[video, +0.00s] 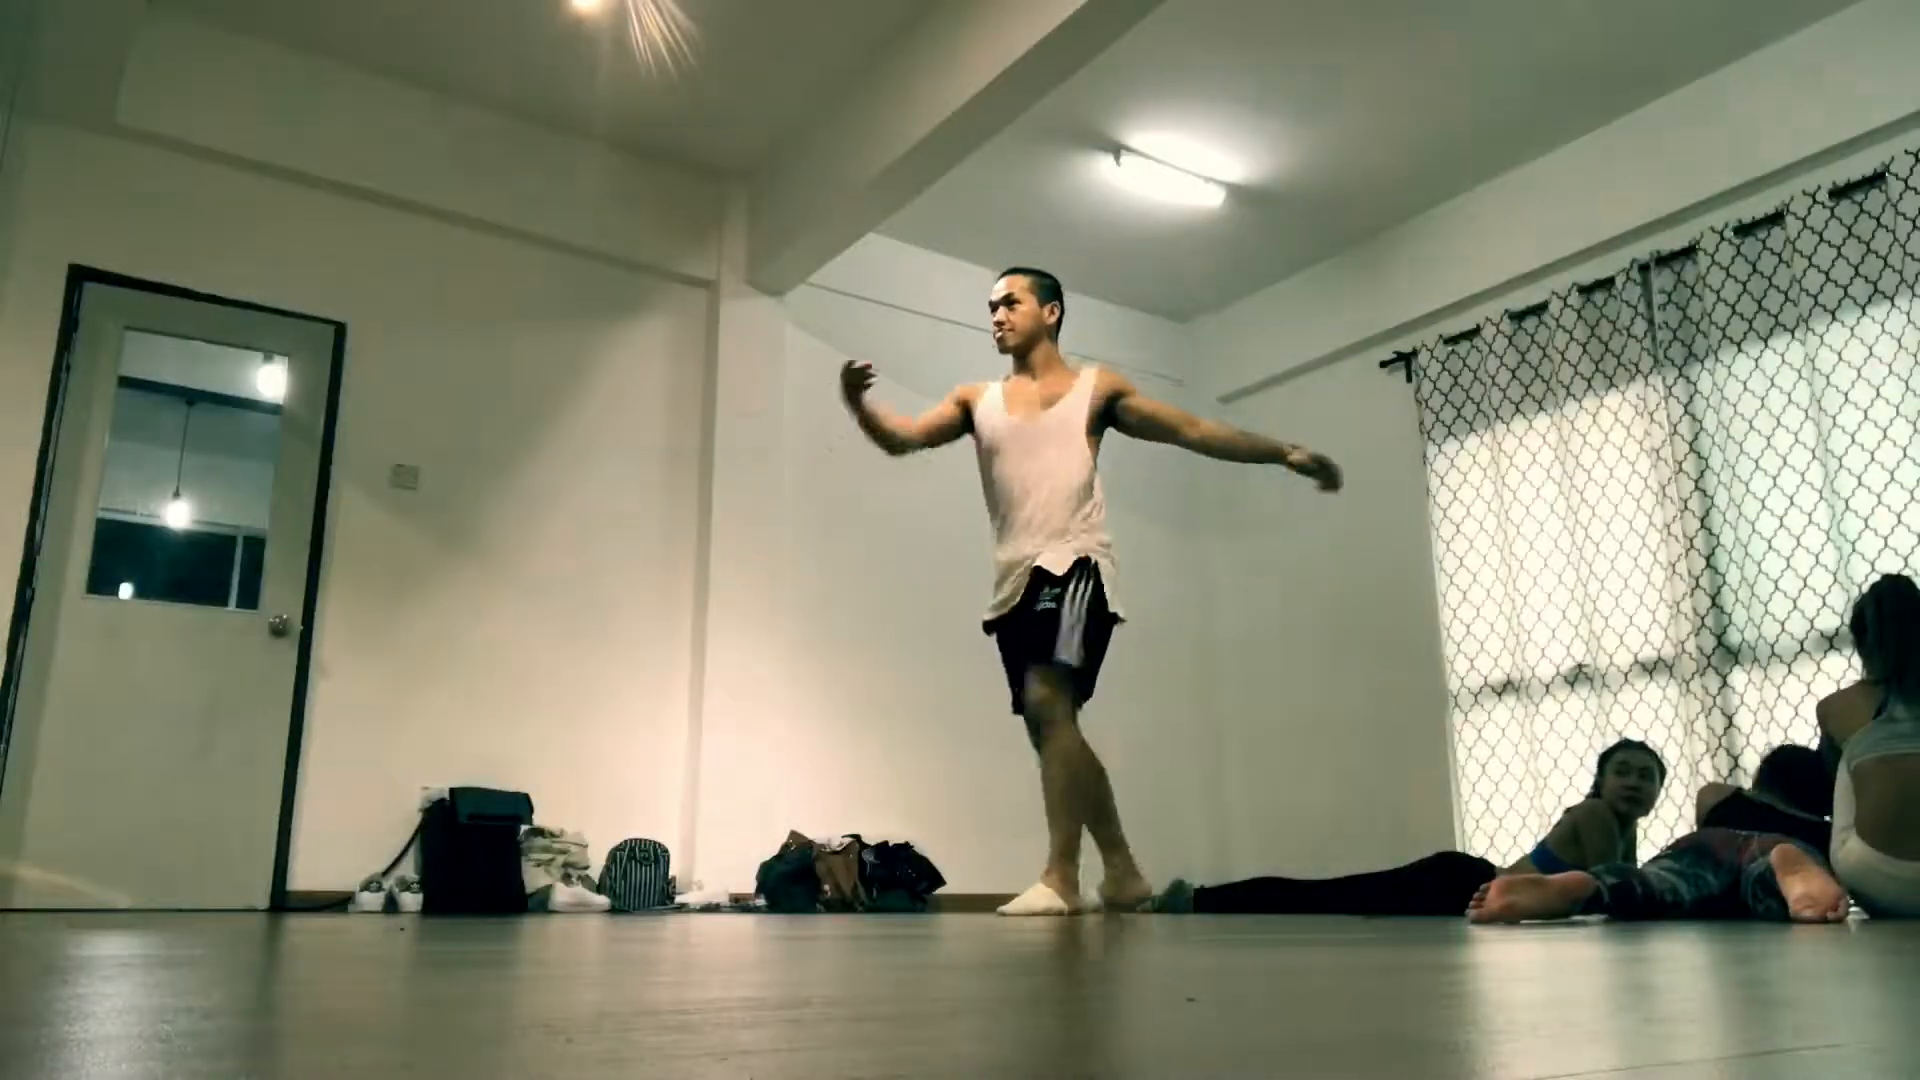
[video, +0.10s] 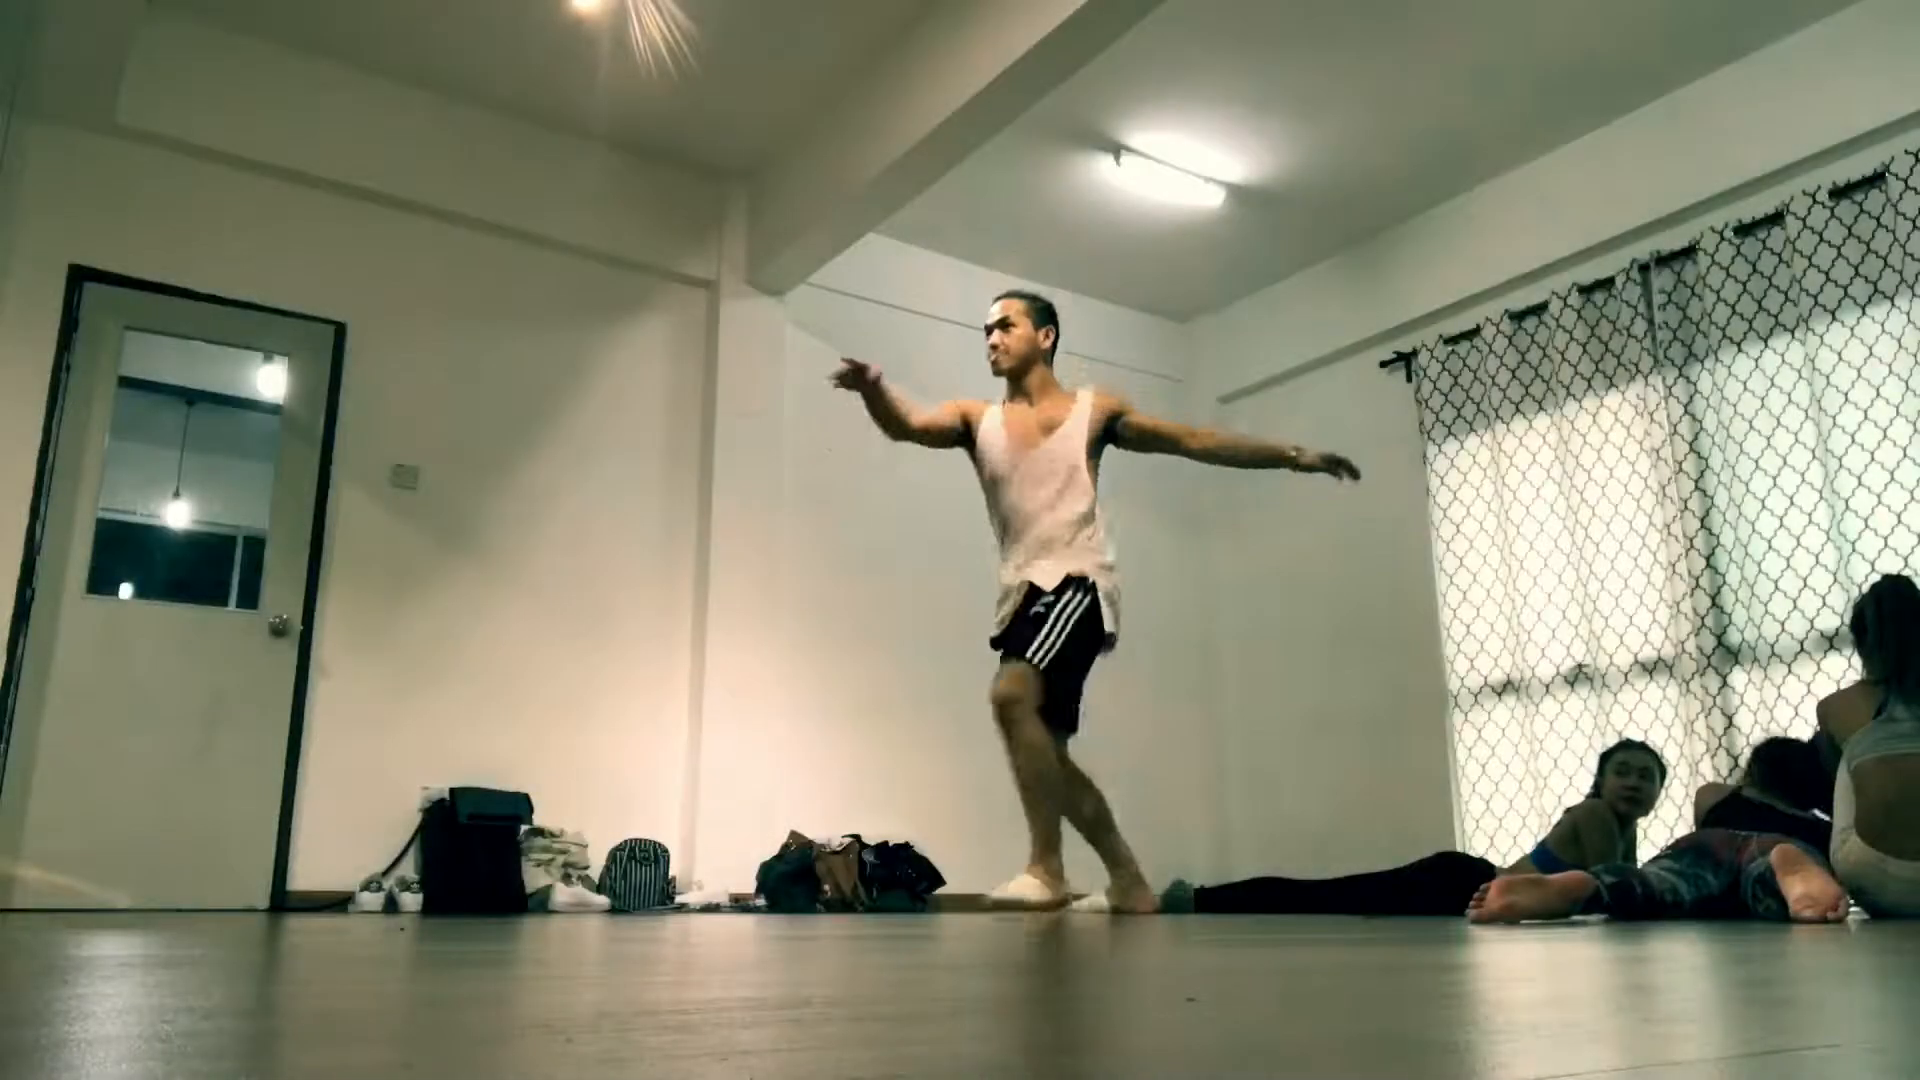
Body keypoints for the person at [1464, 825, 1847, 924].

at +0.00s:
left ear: (1759, 786)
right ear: (1817, 796)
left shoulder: (1725, 801)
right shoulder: (1820, 829)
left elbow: (1707, 794)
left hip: (1716, 839)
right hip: (1785, 845)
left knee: (1657, 878)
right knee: (1775, 875)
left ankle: (1569, 885)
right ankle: (1796, 870)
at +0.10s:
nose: (1737, 777)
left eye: (1745, 770)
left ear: (1751, 776)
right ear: (1813, 791)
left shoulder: (1714, 796)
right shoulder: (1820, 827)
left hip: (1713, 842)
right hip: (1784, 847)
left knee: (1663, 877)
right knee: (1777, 876)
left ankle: (1577, 885)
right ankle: (1798, 872)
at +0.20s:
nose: (1730, 773)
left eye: (1735, 764)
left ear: (1746, 768)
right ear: (1807, 782)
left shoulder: (1711, 795)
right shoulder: (1816, 821)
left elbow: (1706, 839)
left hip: (1713, 843)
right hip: (1786, 843)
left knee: (1657, 879)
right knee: (1779, 873)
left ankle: (1576, 884)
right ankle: (1801, 877)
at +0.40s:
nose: (1710, 775)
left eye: (1715, 767)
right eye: (1714, 766)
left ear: (1727, 770)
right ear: (1783, 776)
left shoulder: (1699, 796)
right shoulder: (1803, 822)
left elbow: (1703, 837)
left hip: (1714, 840)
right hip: (1788, 840)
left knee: (1660, 877)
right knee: (1776, 873)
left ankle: (1582, 885)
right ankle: (1801, 874)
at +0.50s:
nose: (1701, 778)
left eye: (1703, 770)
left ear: (1711, 771)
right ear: (1774, 773)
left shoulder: (1694, 799)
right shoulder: (1795, 818)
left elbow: (1696, 845)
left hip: (1710, 843)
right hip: (1778, 841)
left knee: (1655, 877)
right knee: (1785, 868)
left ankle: (1579, 884)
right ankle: (1805, 877)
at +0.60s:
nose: (1645, 790)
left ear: (1705, 769)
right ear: (1770, 772)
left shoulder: (1692, 800)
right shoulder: (1799, 818)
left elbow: (1691, 839)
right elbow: (1818, 853)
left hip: (1708, 842)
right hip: (1779, 840)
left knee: (1655, 879)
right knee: (1791, 867)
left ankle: (1577, 884)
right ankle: (1807, 878)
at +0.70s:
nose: (1645, 790)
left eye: (1661, 780)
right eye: (1631, 779)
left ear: (1704, 768)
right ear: (1771, 768)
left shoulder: (1693, 799)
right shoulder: (1798, 808)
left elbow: (1688, 842)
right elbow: (1821, 852)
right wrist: (1817, 800)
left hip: (1707, 843)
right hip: (1779, 842)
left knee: (1656, 877)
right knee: (1781, 876)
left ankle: (1573, 884)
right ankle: (1803, 869)